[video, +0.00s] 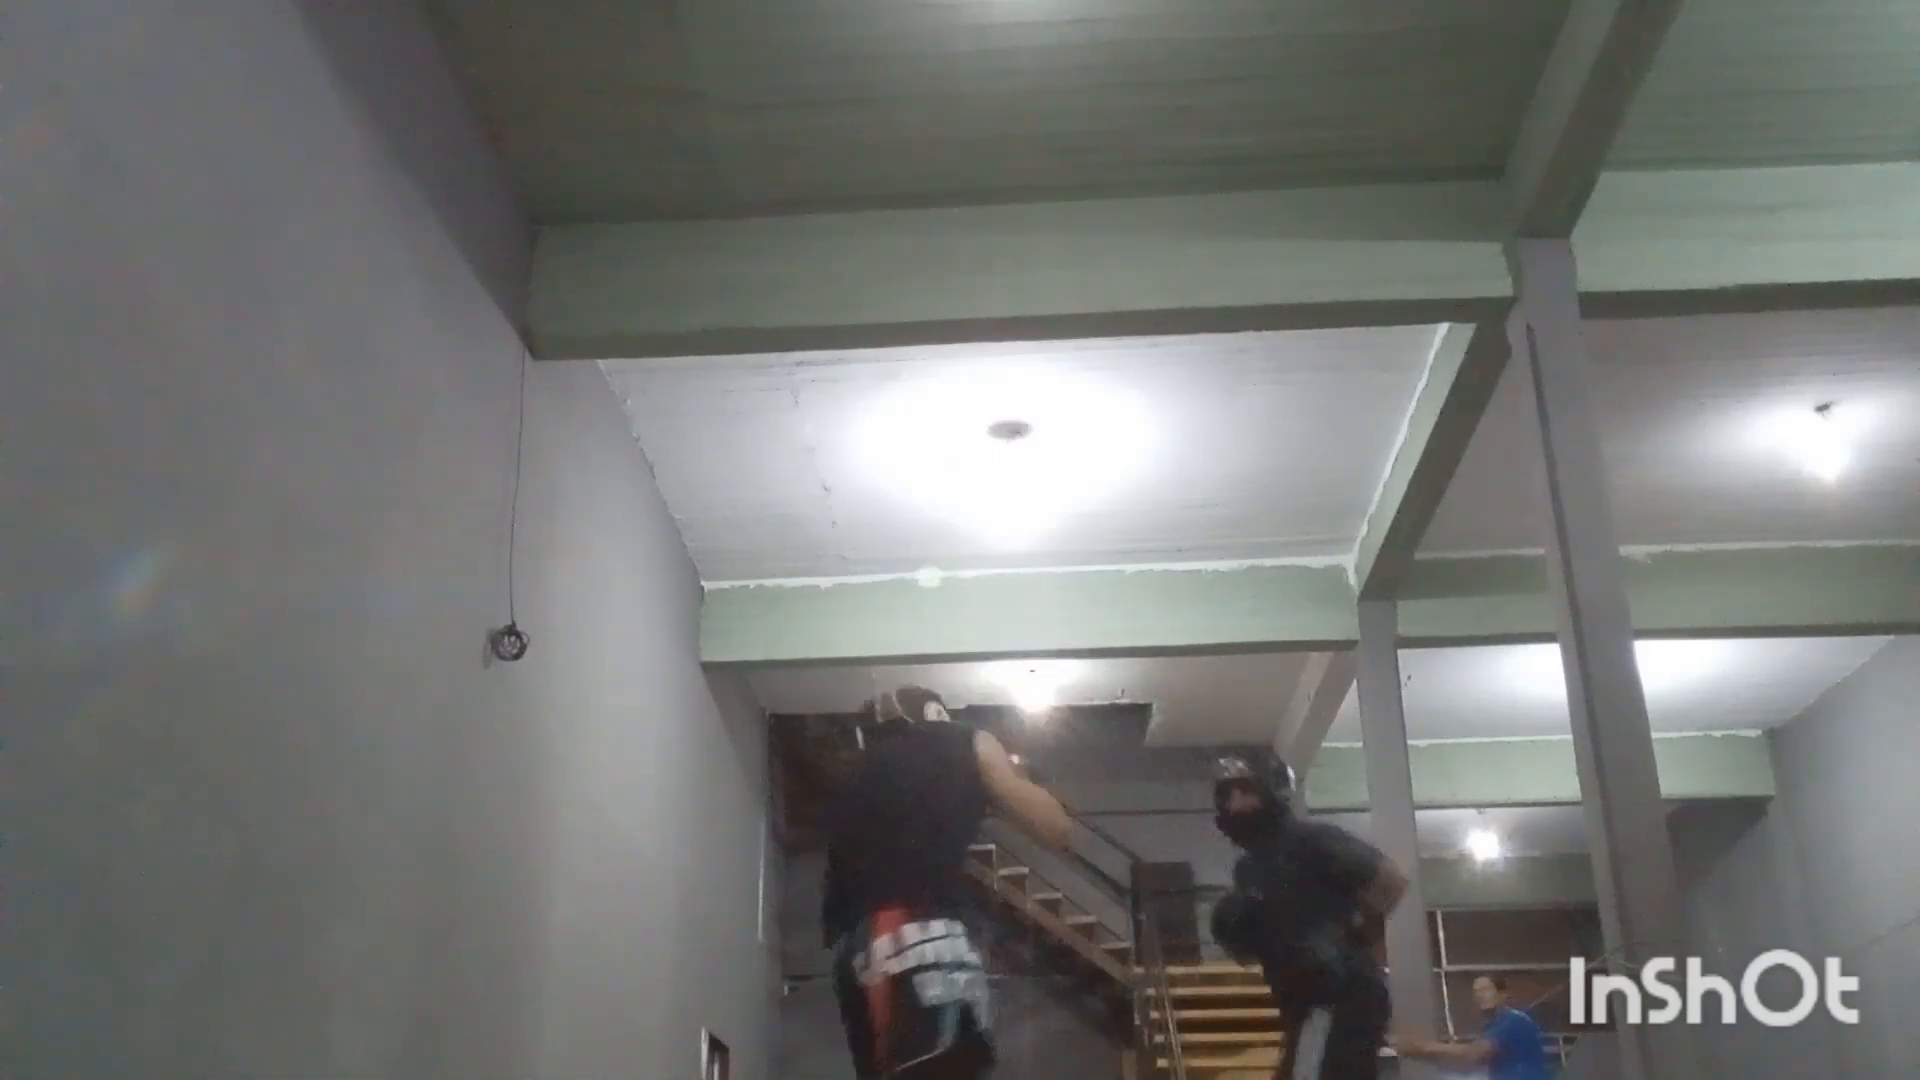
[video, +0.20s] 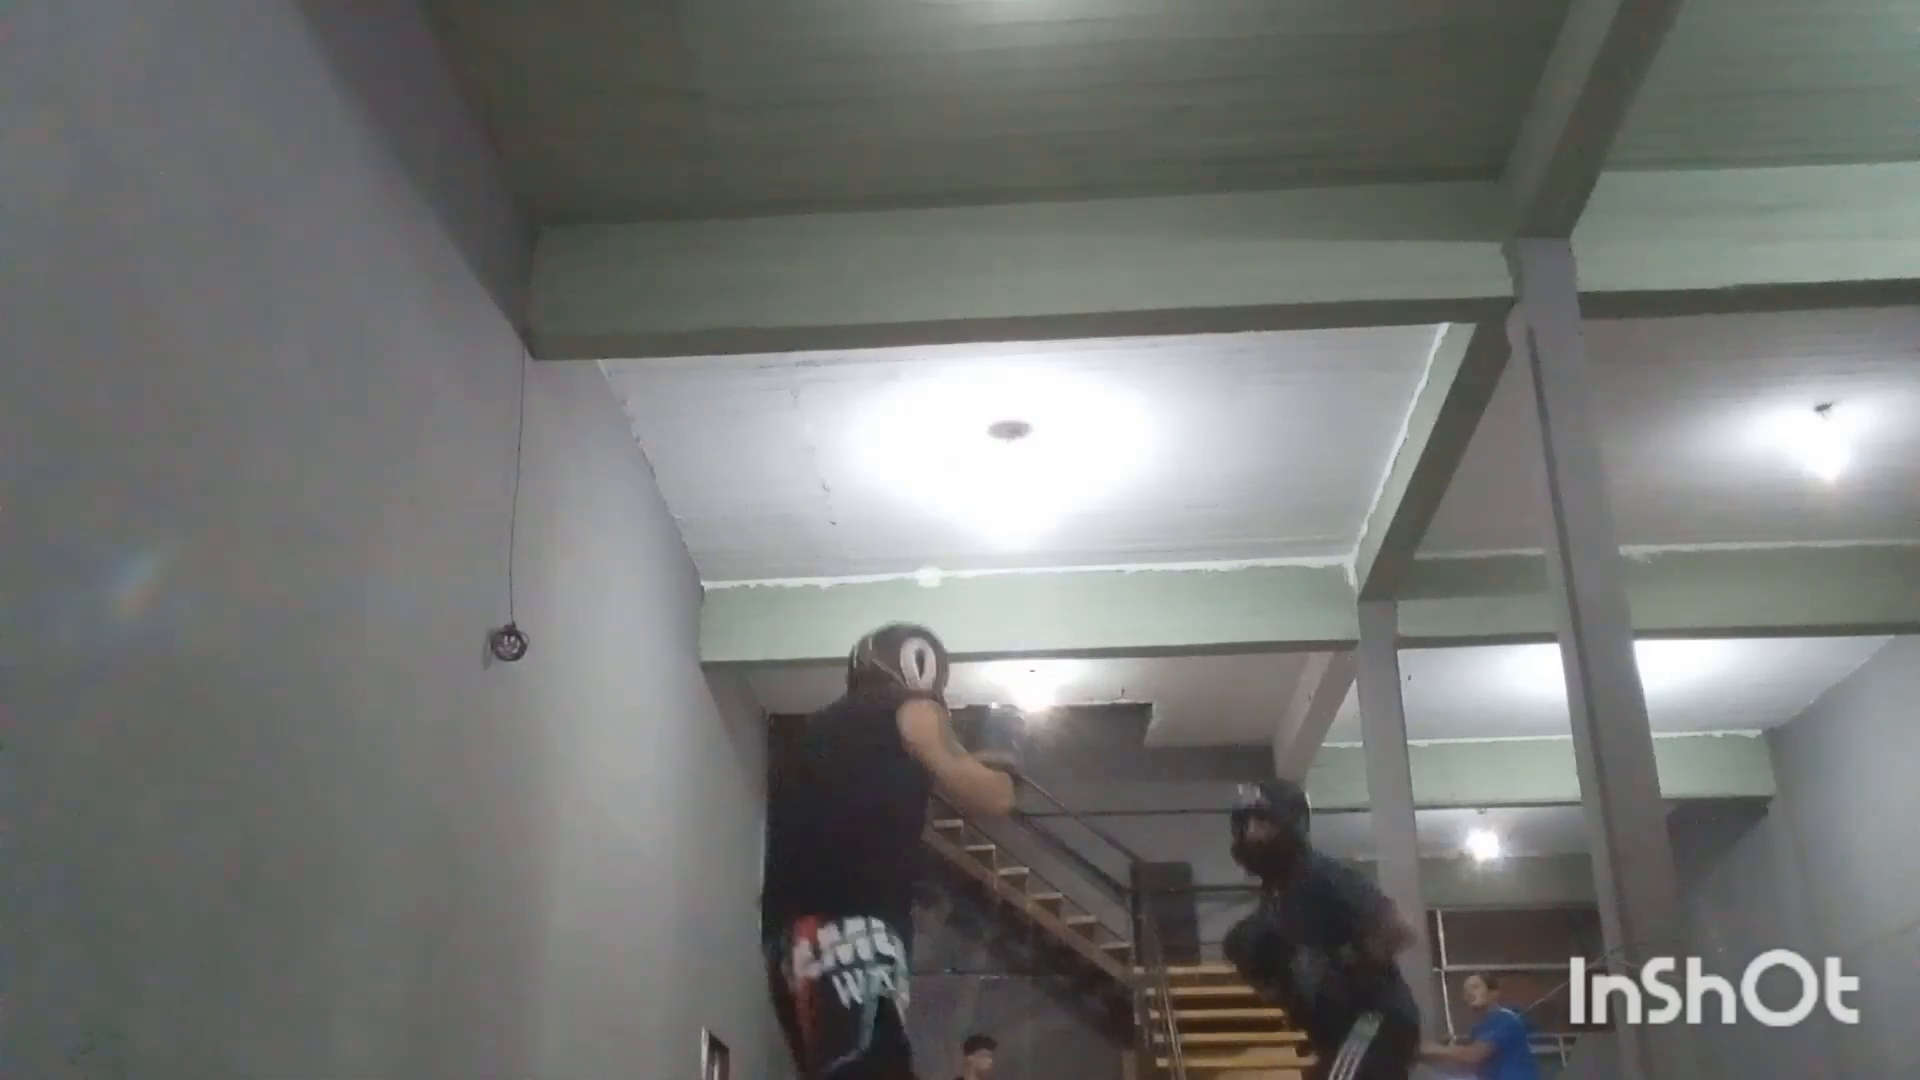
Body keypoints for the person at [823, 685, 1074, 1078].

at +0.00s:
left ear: (882, 724)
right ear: (938, 717)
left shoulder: (857, 766)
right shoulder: (969, 744)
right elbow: (1056, 828)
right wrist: (1013, 774)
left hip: (854, 951)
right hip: (935, 938)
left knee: (873, 1069)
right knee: (957, 1066)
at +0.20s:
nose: (942, 690)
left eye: (940, 677)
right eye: (937, 675)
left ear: (862, 670)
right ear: (916, 664)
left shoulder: (826, 721)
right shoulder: (910, 711)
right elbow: (994, 796)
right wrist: (1002, 749)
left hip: (785, 928)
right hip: (853, 932)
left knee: (824, 1065)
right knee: (872, 1065)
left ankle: (973, 1066)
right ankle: (975, 1067)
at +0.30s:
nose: (935, 681)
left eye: (936, 668)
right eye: (934, 664)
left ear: (855, 646)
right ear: (909, 643)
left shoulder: (808, 705)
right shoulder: (886, 696)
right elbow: (970, 788)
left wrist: (953, 724)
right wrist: (988, 743)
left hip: (768, 921)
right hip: (828, 920)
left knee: (812, 1064)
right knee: (852, 1065)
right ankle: (988, 1068)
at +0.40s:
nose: (933, 686)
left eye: (938, 675)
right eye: (933, 671)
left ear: (862, 647)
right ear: (912, 654)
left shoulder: (810, 701)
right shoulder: (872, 698)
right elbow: (960, 787)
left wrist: (932, 727)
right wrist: (981, 730)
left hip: (764, 925)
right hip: (811, 930)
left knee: (810, 1064)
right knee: (856, 1067)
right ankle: (998, 1070)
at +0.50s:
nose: (933, 711)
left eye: (940, 701)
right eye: (936, 695)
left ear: (874, 656)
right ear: (918, 666)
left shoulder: (827, 703)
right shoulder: (869, 704)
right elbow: (943, 792)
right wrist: (970, 762)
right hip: (793, 927)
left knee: (809, 1067)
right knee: (853, 1067)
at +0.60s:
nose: (940, 711)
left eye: (945, 702)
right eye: (942, 697)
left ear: (870, 664)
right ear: (923, 675)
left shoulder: (816, 718)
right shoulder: (865, 715)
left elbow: (876, 825)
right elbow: (940, 810)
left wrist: (935, 763)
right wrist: (968, 758)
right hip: (786, 941)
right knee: (860, 1068)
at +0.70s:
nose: (937, 714)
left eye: (941, 704)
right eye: (939, 701)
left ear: (869, 675)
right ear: (919, 682)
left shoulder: (821, 727)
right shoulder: (864, 730)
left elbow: (876, 841)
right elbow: (930, 827)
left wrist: (932, 769)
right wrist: (965, 788)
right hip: (773, 947)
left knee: (866, 1066)